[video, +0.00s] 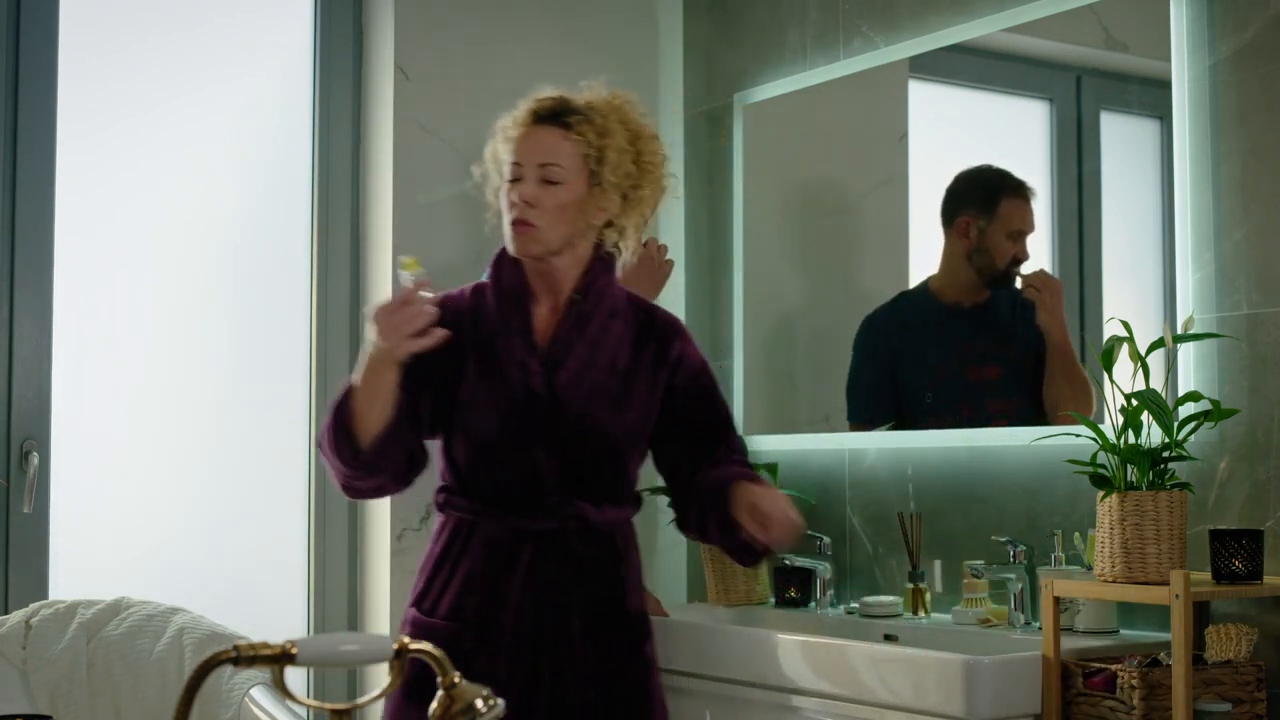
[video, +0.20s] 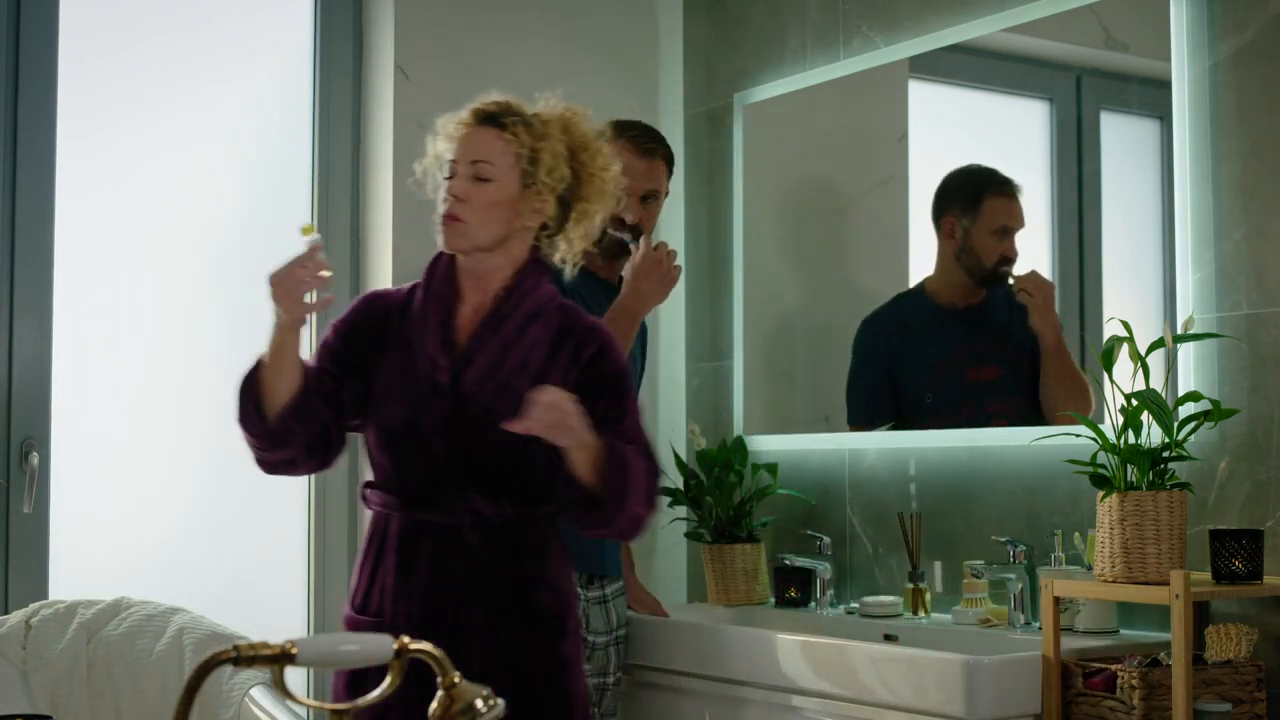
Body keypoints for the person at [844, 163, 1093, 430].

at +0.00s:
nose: (1024, 254)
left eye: (1025, 239)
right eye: (1014, 238)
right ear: (966, 231)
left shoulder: (1031, 318)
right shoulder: (886, 329)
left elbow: (1073, 421)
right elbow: (867, 449)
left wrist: (1056, 327)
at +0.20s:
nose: (1012, 252)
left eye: (1014, 236)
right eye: (1000, 234)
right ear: (951, 231)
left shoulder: (1028, 317)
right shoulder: (884, 331)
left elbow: (1072, 419)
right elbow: (868, 450)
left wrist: (1050, 331)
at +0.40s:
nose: (1005, 252)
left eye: (1007, 235)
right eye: (991, 234)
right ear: (942, 231)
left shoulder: (1029, 312)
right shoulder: (882, 331)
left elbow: (1069, 419)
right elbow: (869, 451)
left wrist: (1041, 330)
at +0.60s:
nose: (1004, 250)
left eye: (1005, 233)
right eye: (991, 233)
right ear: (941, 231)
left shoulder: (1027, 311)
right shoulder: (880, 331)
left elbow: (1067, 420)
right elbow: (867, 452)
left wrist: (1039, 332)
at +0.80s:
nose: (1007, 249)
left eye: (1007, 233)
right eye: (993, 233)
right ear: (943, 232)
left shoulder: (1027, 311)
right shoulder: (880, 331)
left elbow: (1068, 421)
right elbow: (866, 451)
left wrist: (1039, 331)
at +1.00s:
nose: (1007, 251)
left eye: (1007, 235)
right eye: (993, 235)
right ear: (944, 232)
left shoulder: (1028, 312)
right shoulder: (880, 332)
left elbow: (1069, 422)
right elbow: (867, 452)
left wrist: (1042, 336)